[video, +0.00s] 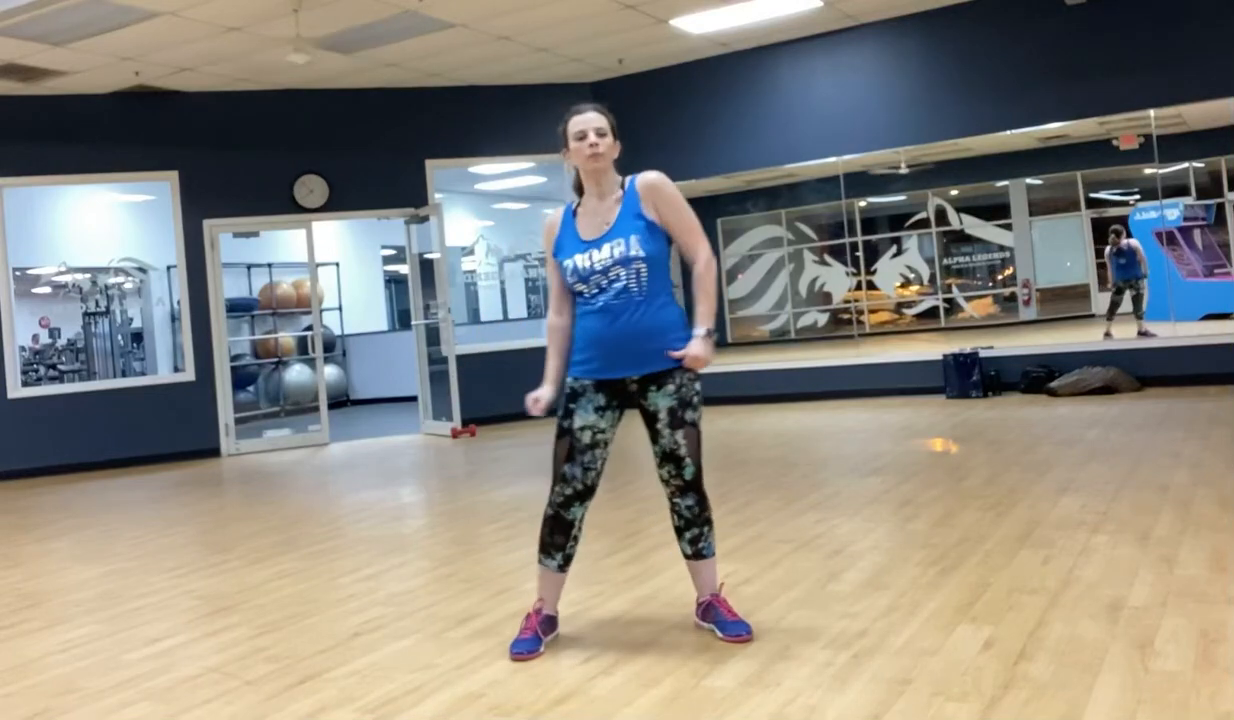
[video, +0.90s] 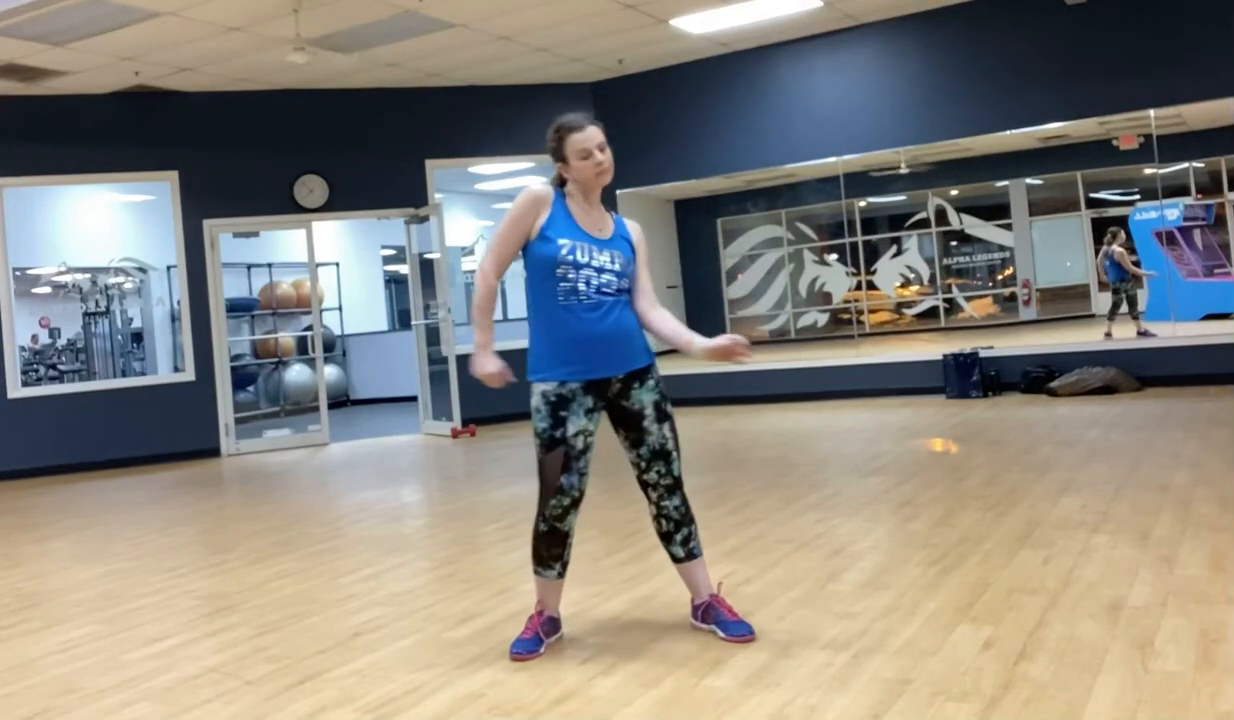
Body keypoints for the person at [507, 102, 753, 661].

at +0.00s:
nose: (593, 143)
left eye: (601, 134)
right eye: (581, 137)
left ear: (616, 143)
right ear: (567, 151)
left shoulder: (649, 188)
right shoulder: (559, 222)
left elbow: (703, 256)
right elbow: (559, 312)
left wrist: (703, 333)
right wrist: (550, 383)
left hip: (665, 367)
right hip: (591, 377)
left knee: (684, 483)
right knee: (569, 491)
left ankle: (711, 600)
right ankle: (544, 612)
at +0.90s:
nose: (602, 158)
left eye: (603, 148)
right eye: (588, 154)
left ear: (611, 152)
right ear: (564, 166)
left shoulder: (628, 231)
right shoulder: (540, 201)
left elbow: (648, 308)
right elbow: (489, 270)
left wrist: (702, 345)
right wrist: (482, 347)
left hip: (632, 371)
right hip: (562, 378)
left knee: (665, 483)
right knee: (559, 496)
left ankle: (705, 600)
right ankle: (545, 614)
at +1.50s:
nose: (591, 155)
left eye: (589, 143)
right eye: (576, 156)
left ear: (601, 143)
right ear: (562, 176)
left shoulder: (652, 203)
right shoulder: (552, 224)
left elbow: (707, 263)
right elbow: (536, 304)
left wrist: (696, 328)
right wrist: (510, 372)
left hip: (649, 371)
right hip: (572, 376)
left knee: (682, 484)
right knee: (559, 490)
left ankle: (712, 599)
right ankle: (545, 613)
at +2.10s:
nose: (578, 142)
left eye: (583, 133)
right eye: (565, 139)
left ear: (599, 143)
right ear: (550, 156)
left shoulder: (635, 215)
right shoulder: (528, 220)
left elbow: (659, 296)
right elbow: (476, 293)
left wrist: (698, 329)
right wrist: (439, 350)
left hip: (637, 371)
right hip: (560, 379)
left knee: (667, 484)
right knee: (552, 497)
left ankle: (710, 600)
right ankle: (545, 615)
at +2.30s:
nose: (560, 139)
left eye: (566, 130)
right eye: (547, 135)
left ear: (583, 142)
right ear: (533, 154)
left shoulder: (618, 215)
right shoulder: (512, 216)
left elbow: (637, 294)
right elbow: (442, 270)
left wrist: (644, 344)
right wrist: (380, 312)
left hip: (616, 373)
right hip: (542, 380)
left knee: (660, 483)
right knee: (541, 500)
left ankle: (707, 600)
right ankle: (545, 615)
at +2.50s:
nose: (551, 135)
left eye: (557, 126)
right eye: (539, 132)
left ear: (574, 138)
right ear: (525, 150)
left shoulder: (610, 207)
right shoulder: (505, 209)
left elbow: (645, 281)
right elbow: (429, 236)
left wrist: (640, 344)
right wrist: (348, 250)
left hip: (611, 369)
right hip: (537, 377)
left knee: (667, 468)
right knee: (538, 494)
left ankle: (697, 594)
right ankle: (544, 614)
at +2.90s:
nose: (594, 139)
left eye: (599, 131)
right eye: (580, 139)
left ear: (619, 146)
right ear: (571, 165)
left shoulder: (657, 205)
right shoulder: (560, 220)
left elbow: (680, 269)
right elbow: (486, 261)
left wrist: (675, 328)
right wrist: (422, 280)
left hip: (653, 379)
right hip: (583, 383)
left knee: (699, 482)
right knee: (544, 496)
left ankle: (679, 608)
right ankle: (486, 600)